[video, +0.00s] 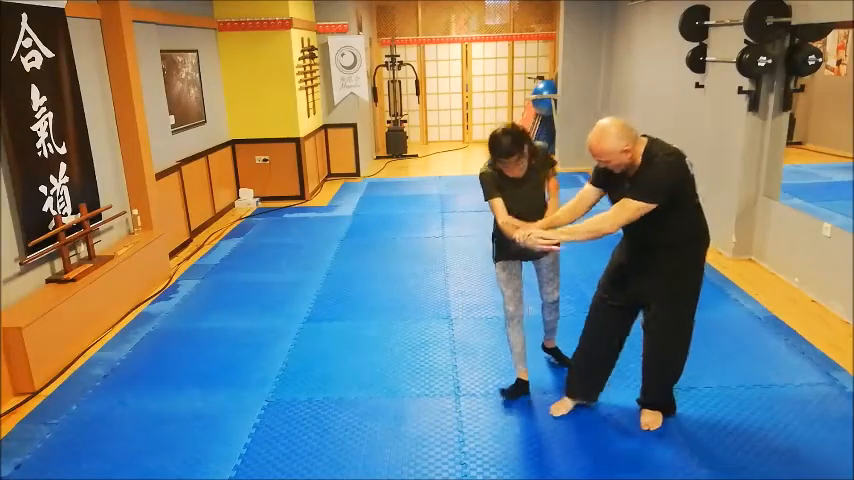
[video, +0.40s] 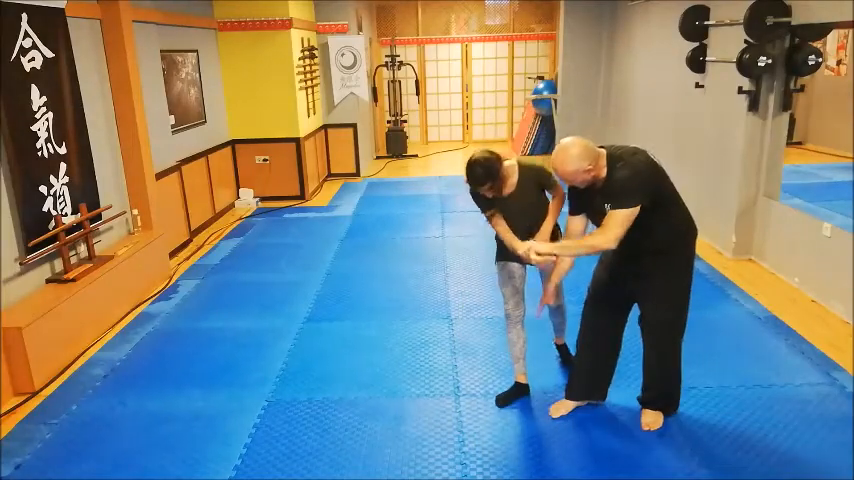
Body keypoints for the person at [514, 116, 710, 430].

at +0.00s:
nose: (600, 166)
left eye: (605, 161)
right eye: (599, 160)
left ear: (629, 150)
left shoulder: (665, 166)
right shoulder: (613, 162)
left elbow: (610, 223)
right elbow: (579, 204)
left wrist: (554, 236)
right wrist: (539, 225)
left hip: (677, 253)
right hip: (636, 245)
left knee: (664, 329)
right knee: (605, 315)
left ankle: (654, 403)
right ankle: (580, 391)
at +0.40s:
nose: (569, 187)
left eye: (571, 182)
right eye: (565, 182)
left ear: (590, 170)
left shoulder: (633, 169)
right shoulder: (580, 180)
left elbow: (610, 238)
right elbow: (573, 239)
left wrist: (550, 248)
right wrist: (552, 282)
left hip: (667, 249)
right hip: (623, 246)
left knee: (660, 325)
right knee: (599, 313)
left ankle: (654, 403)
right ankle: (584, 391)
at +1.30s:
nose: (597, 148)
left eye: (602, 143)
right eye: (595, 141)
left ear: (627, 138)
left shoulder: (669, 153)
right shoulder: (610, 159)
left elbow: (653, 225)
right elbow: (605, 211)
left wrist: (594, 242)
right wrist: (591, 255)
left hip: (681, 248)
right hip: (635, 242)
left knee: (668, 323)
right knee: (609, 312)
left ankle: (655, 403)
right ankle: (585, 386)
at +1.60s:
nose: (622, 118)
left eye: (627, 112)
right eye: (621, 111)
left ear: (653, 112)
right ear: (647, 112)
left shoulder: (688, 143)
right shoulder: (637, 143)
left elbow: (674, 214)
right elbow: (633, 199)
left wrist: (611, 227)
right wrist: (621, 239)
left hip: (687, 245)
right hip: (649, 239)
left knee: (669, 317)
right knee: (632, 307)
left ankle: (661, 400)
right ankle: (641, 372)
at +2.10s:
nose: (658, 95)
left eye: (665, 89)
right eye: (659, 88)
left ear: (688, 95)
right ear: (685, 95)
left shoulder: (699, 137)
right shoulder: (686, 123)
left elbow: (659, 198)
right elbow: (670, 177)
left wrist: (608, 225)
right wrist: (647, 212)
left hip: (695, 237)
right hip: (677, 228)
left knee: (669, 311)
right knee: (687, 302)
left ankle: (659, 400)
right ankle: (697, 370)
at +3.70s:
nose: (652, 128)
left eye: (658, 121)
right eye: (651, 121)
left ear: (684, 116)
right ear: (673, 116)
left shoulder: (717, 148)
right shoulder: (661, 144)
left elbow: (672, 212)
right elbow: (626, 181)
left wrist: (611, 214)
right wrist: (592, 194)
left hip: (707, 253)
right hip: (666, 245)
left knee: (691, 333)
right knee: (647, 309)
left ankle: (673, 414)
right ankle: (680, 366)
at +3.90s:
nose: (640, 143)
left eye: (647, 137)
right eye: (639, 136)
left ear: (676, 133)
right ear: (640, 130)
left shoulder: (710, 157)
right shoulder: (642, 156)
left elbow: (663, 223)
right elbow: (605, 195)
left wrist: (600, 228)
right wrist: (573, 218)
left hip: (701, 261)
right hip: (653, 250)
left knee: (692, 344)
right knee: (615, 311)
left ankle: (673, 419)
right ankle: (623, 380)